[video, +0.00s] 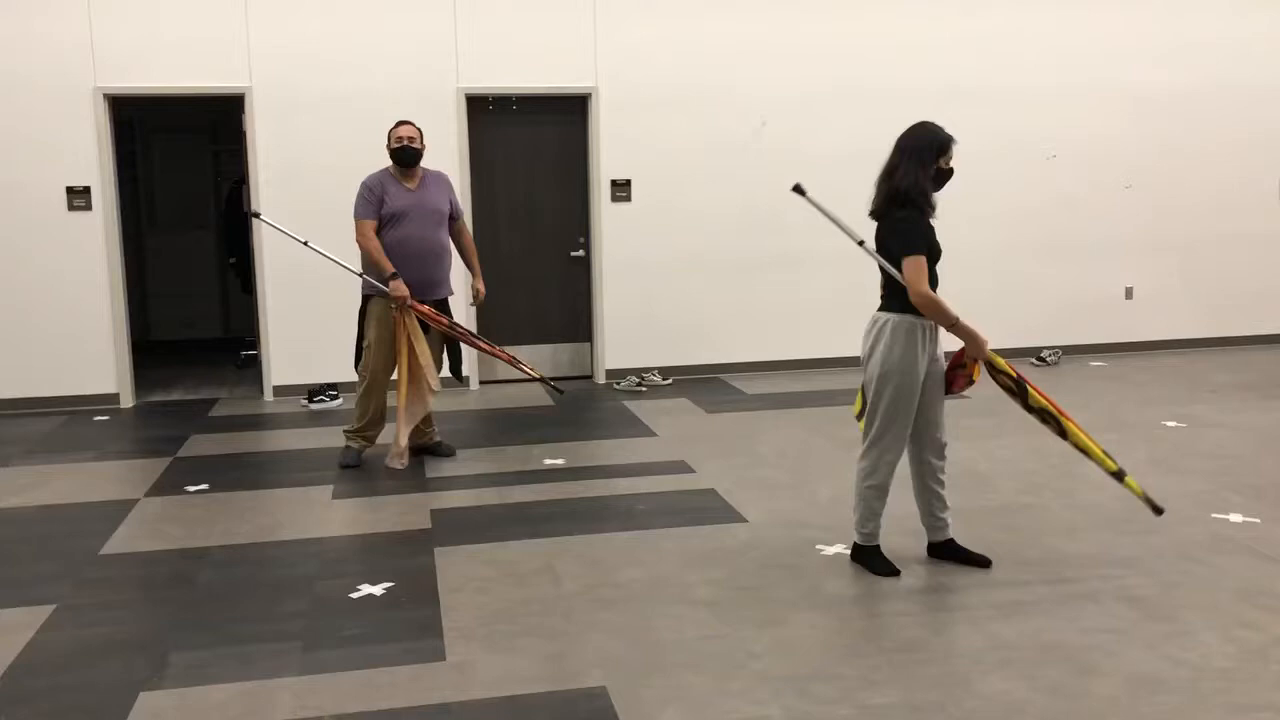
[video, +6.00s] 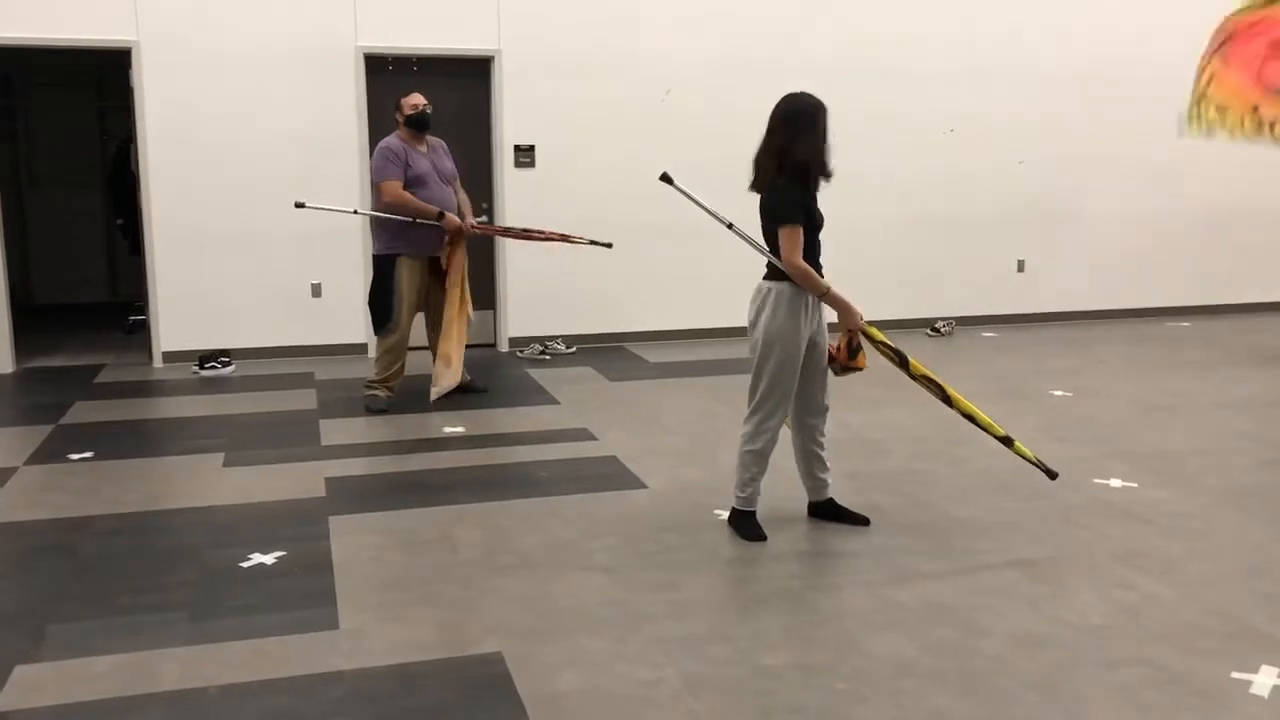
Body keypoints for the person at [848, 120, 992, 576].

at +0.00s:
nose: (948, 170)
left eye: (949, 161)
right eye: (944, 161)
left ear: (912, 159)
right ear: (926, 161)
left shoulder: (912, 214)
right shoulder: (904, 217)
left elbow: (912, 293)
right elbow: (919, 294)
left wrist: (943, 332)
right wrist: (968, 334)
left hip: (920, 337)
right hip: (897, 336)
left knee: (930, 443)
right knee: (883, 442)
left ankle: (939, 539)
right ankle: (865, 542)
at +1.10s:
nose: (887, 169)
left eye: (896, 163)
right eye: (878, 162)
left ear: (908, 170)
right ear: (863, 168)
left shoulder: (901, 222)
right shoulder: (856, 223)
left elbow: (901, 285)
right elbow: (860, 297)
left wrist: (928, 325)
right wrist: (913, 333)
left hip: (895, 340)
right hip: (857, 340)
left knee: (907, 447)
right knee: (849, 451)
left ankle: (916, 546)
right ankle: (842, 551)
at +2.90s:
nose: (872, 170)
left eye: (871, 162)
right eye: (866, 162)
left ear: (838, 165)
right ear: (845, 165)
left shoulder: (842, 215)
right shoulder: (821, 217)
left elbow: (846, 291)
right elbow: (832, 291)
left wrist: (872, 360)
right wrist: (873, 345)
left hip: (852, 334)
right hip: (821, 334)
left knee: (859, 442)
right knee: (807, 442)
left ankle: (864, 537)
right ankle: (786, 542)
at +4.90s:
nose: (837, 155)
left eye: (841, 147)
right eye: (831, 146)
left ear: (839, 144)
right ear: (808, 141)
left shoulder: (817, 195)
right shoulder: (789, 194)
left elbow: (819, 267)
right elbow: (799, 270)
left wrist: (846, 323)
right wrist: (851, 313)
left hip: (825, 312)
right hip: (792, 311)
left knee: (826, 417)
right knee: (774, 418)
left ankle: (830, 512)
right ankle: (753, 517)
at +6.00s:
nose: (825, 138)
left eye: (823, 129)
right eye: (821, 130)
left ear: (782, 130)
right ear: (810, 133)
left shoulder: (800, 181)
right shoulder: (786, 184)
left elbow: (800, 259)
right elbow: (791, 262)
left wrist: (832, 312)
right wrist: (843, 305)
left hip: (807, 302)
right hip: (782, 302)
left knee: (811, 408)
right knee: (768, 409)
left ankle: (820, 500)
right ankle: (743, 507)